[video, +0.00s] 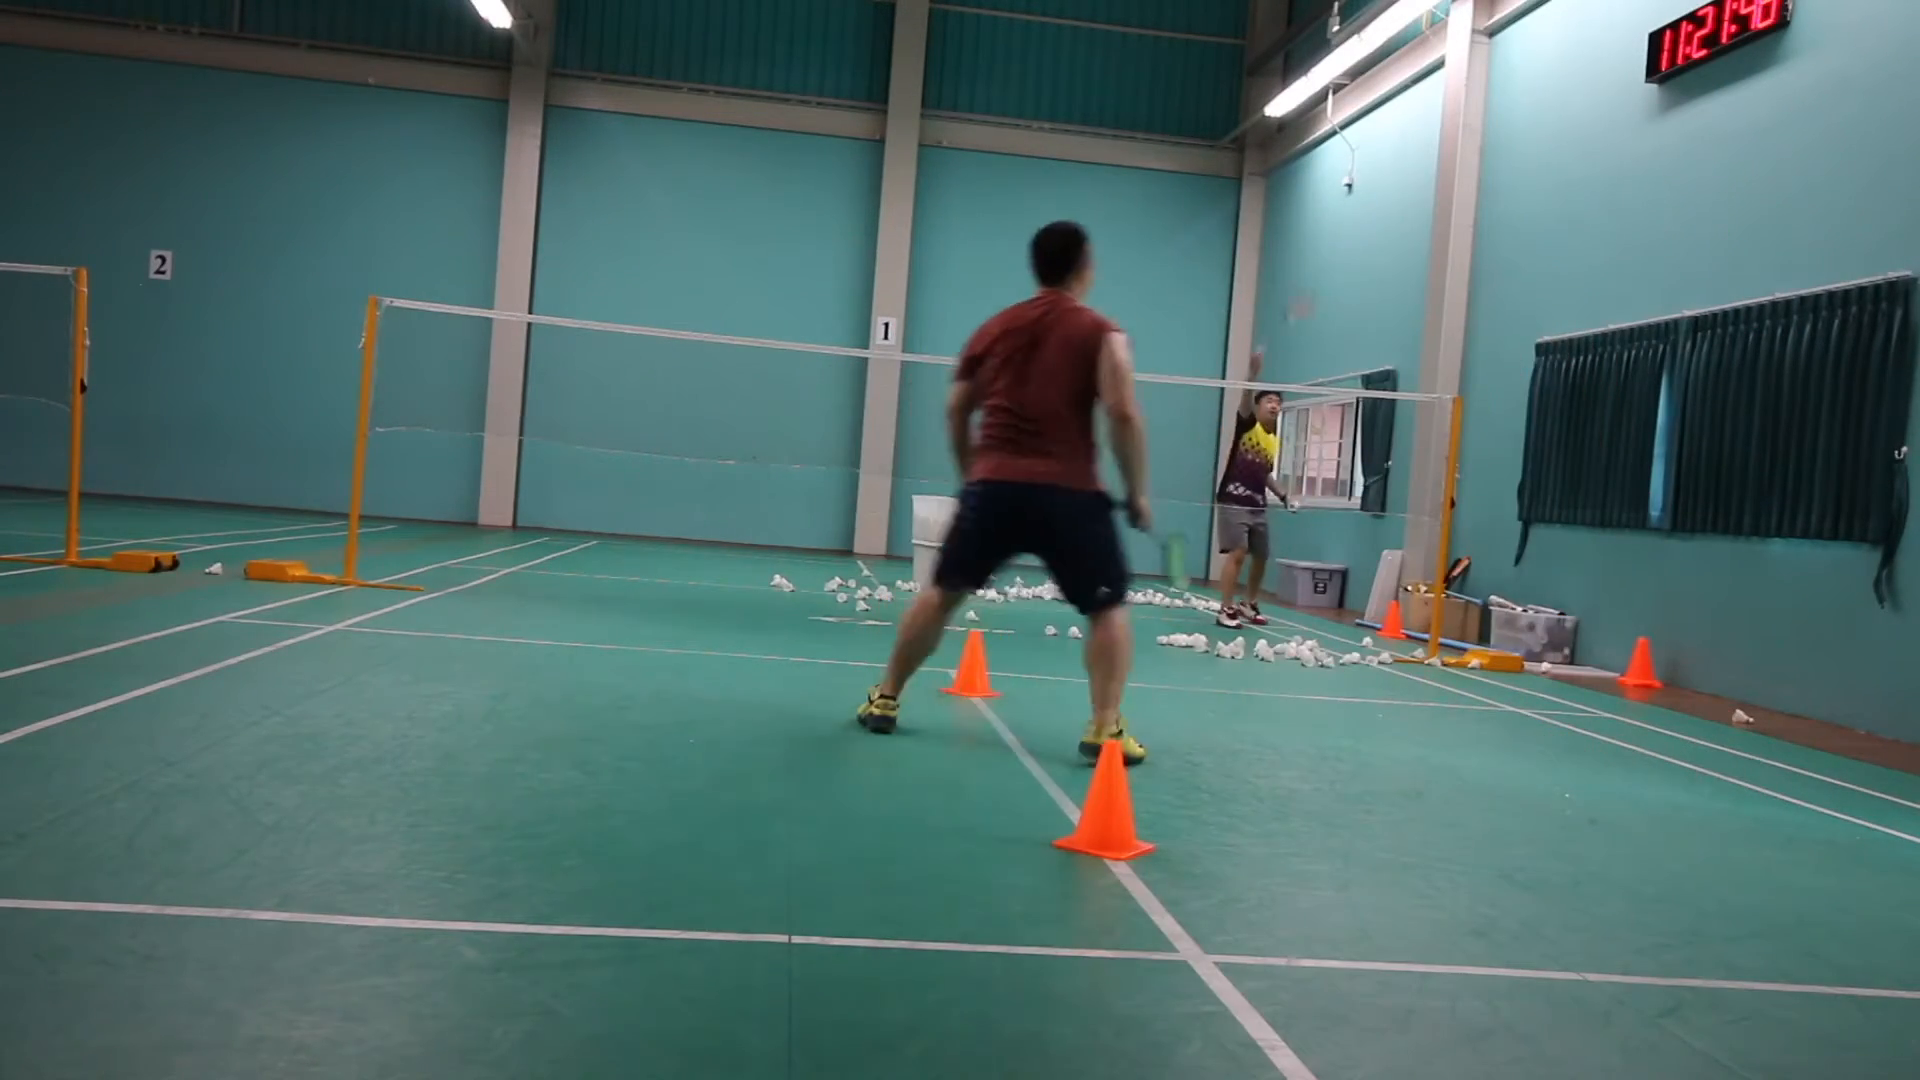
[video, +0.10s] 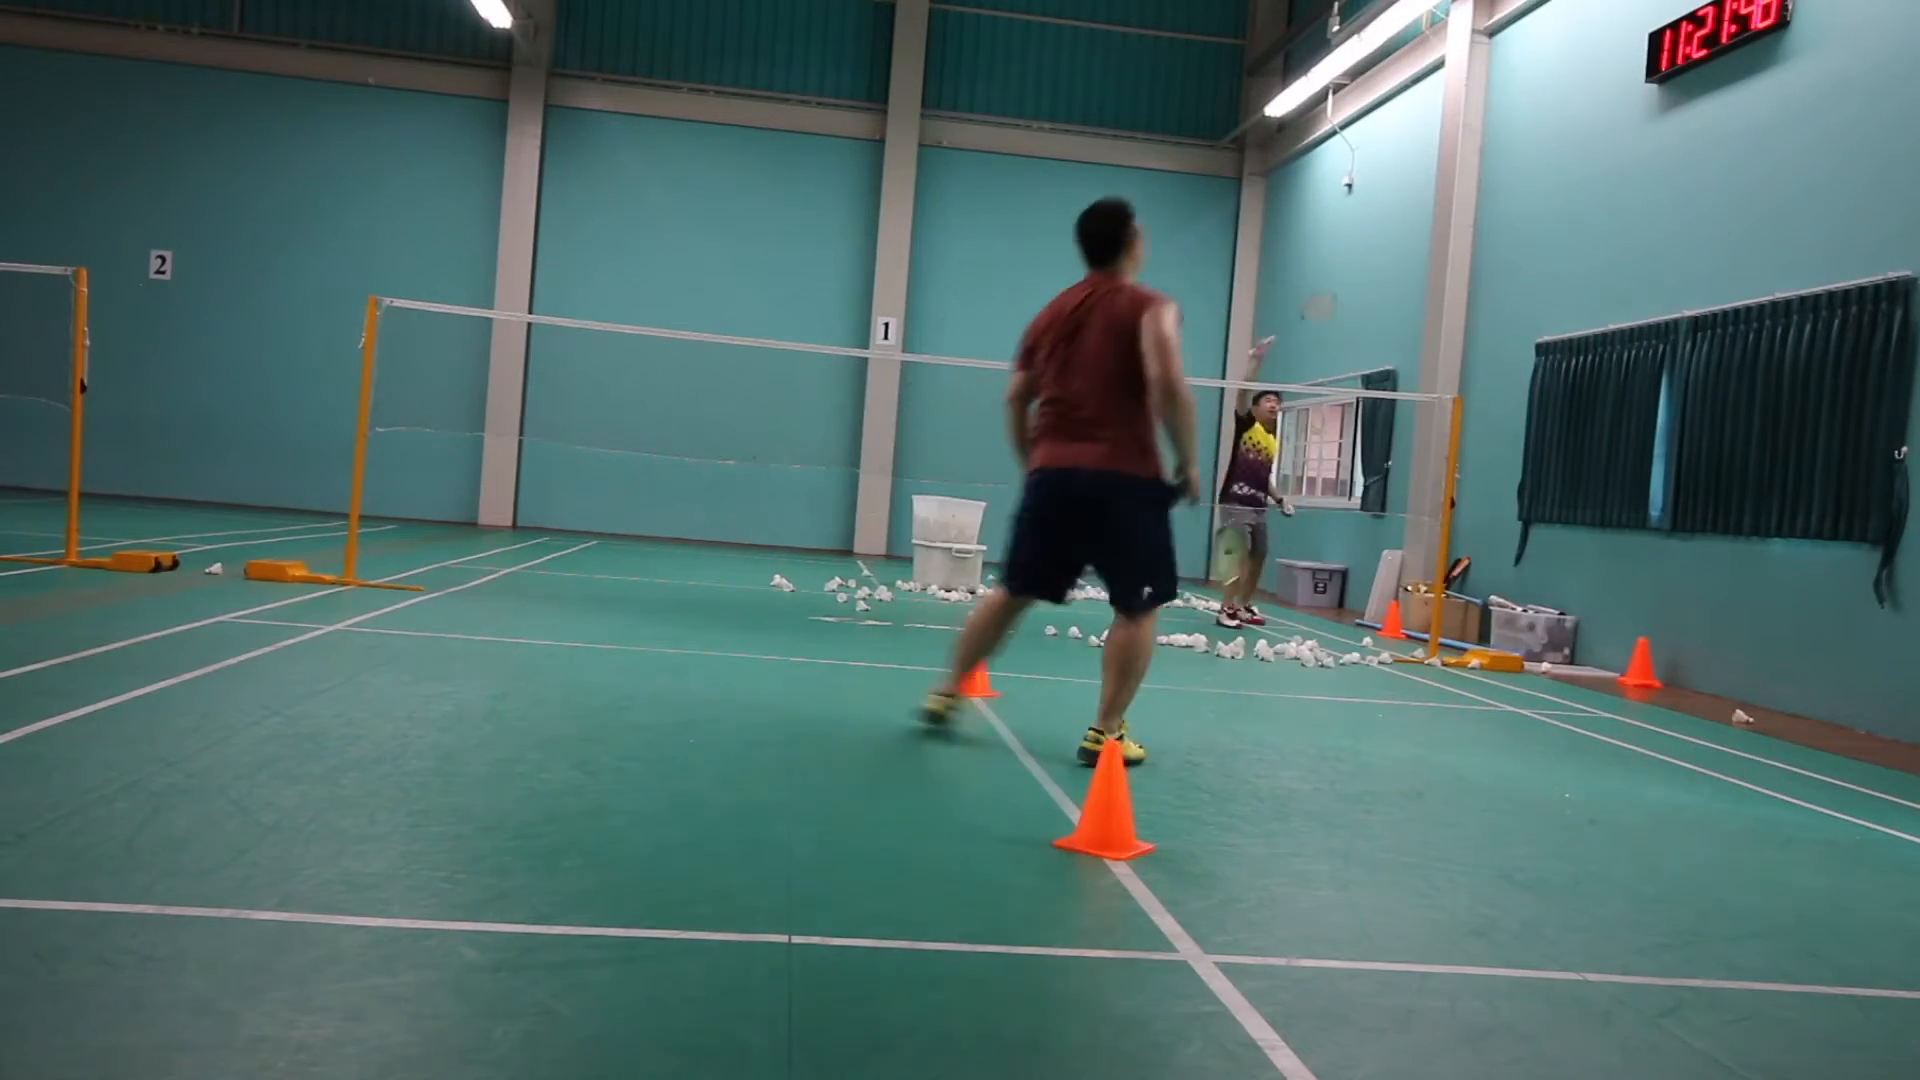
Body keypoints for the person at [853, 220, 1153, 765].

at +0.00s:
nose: (1092, 271)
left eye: (1089, 262)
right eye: (1091, 263)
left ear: (1035, 269)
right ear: (1084, 268)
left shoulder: (995, 327)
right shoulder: (1101, 332)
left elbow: (957, 408)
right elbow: (1122, 412)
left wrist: (973, 473)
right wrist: (1137, 491)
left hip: (993, 491)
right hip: (1070, 498)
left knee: (939, 594)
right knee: (1107, 609)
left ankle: (885, 699)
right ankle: (1105, 730)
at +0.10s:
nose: (1144, 242)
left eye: (1139, 233)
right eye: (1140, 235)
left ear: (1085, 249)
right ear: (1133, 244)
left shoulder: (1053, 312)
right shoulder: (1151, 307)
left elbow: (1017, 396)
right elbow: (1168, 383)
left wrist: (1033, 460)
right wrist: (1188, 463)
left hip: (1052, 477)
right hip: (1126, 481)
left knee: (1014, 589)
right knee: (1137, 607)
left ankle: (947, 690)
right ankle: (1107, 730)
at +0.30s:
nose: (1245, 228)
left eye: (1239, 217)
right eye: (1239, 218)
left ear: (1184, 241)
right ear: (1227, 233)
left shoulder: (1162, 305)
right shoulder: (1222, 298)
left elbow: (1165, 394)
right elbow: (1211, 369)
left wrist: (1240, 422)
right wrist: (1265, 455)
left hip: (1145, 485)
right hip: (1207, 489)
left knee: (1152, 614)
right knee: (1266, 608)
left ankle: (1098, 731)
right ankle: (1227, 741)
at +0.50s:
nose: (1384, 211)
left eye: (1377, 202)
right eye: (1375, 203)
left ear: (1330, 228)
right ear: (1362, 219)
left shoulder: (1323, 285)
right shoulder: (1356, 288)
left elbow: (1378, 311)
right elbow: (1347, 350)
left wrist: (1436, 293)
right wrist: (1450, 389)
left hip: (1313, 489)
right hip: (1348, 494)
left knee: (1320, 629)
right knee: (1336, 633)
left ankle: (1254, 751)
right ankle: (1259, 773)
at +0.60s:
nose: (1483, 215)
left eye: (1478, 208)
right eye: (1474, 210)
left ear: (1424, 234)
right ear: (1458, 227)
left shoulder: (1417, 285)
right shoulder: (1436, 292)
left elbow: (1457, 243)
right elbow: (1438, 344)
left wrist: (1495, 207)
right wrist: (1548, 301)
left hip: (1405, 501)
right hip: (1432, 503)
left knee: (1439, 643)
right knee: (1466, 645)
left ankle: (1397, 781)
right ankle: (1334, 728)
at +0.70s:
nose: (1563, 228)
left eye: (1558, 220)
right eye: (1552, 221)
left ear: (1503, 243)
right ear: (1532, 241)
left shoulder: (1500, 285)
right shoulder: (1511, 302)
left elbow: (1507, 221)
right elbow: (1489, 362)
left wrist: (1548, 163)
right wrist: (1567, 281)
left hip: (1471, 517)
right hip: (1514, 518)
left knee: (1490, 658)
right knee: (1613, 629)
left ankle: (1399, 773)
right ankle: (1544, 779)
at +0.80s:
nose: (1675, 257)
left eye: (1670, 246)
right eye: (1667, 247)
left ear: (1606, 255)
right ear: (1635, 256)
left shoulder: (1608, 309)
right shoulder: (1613, 327)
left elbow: (1596, 247)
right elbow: (1587, 406)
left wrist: (1609, 189)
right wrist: (1635, 307)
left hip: (1587, 545)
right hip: (1650, 549)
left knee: (1560, 676)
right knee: (1730, 685)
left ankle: (1429, 757)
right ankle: (1769, 845)